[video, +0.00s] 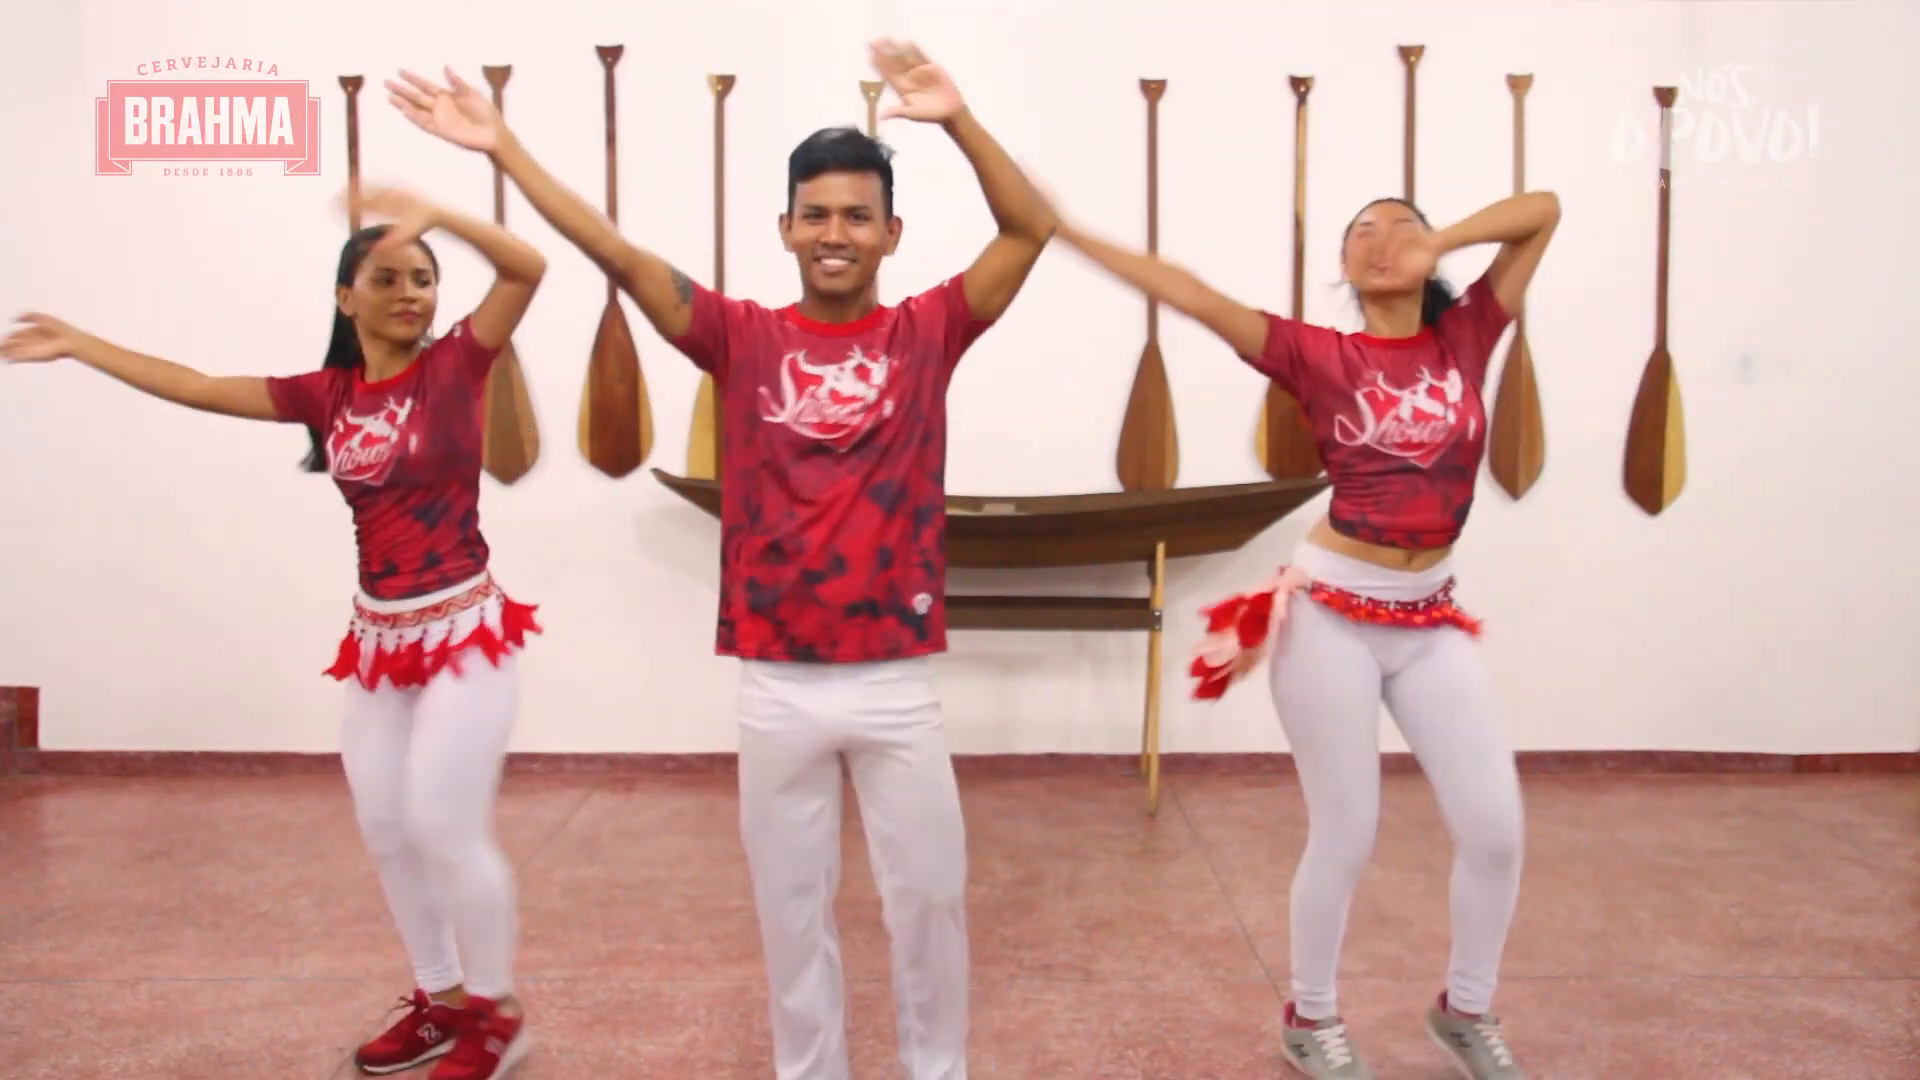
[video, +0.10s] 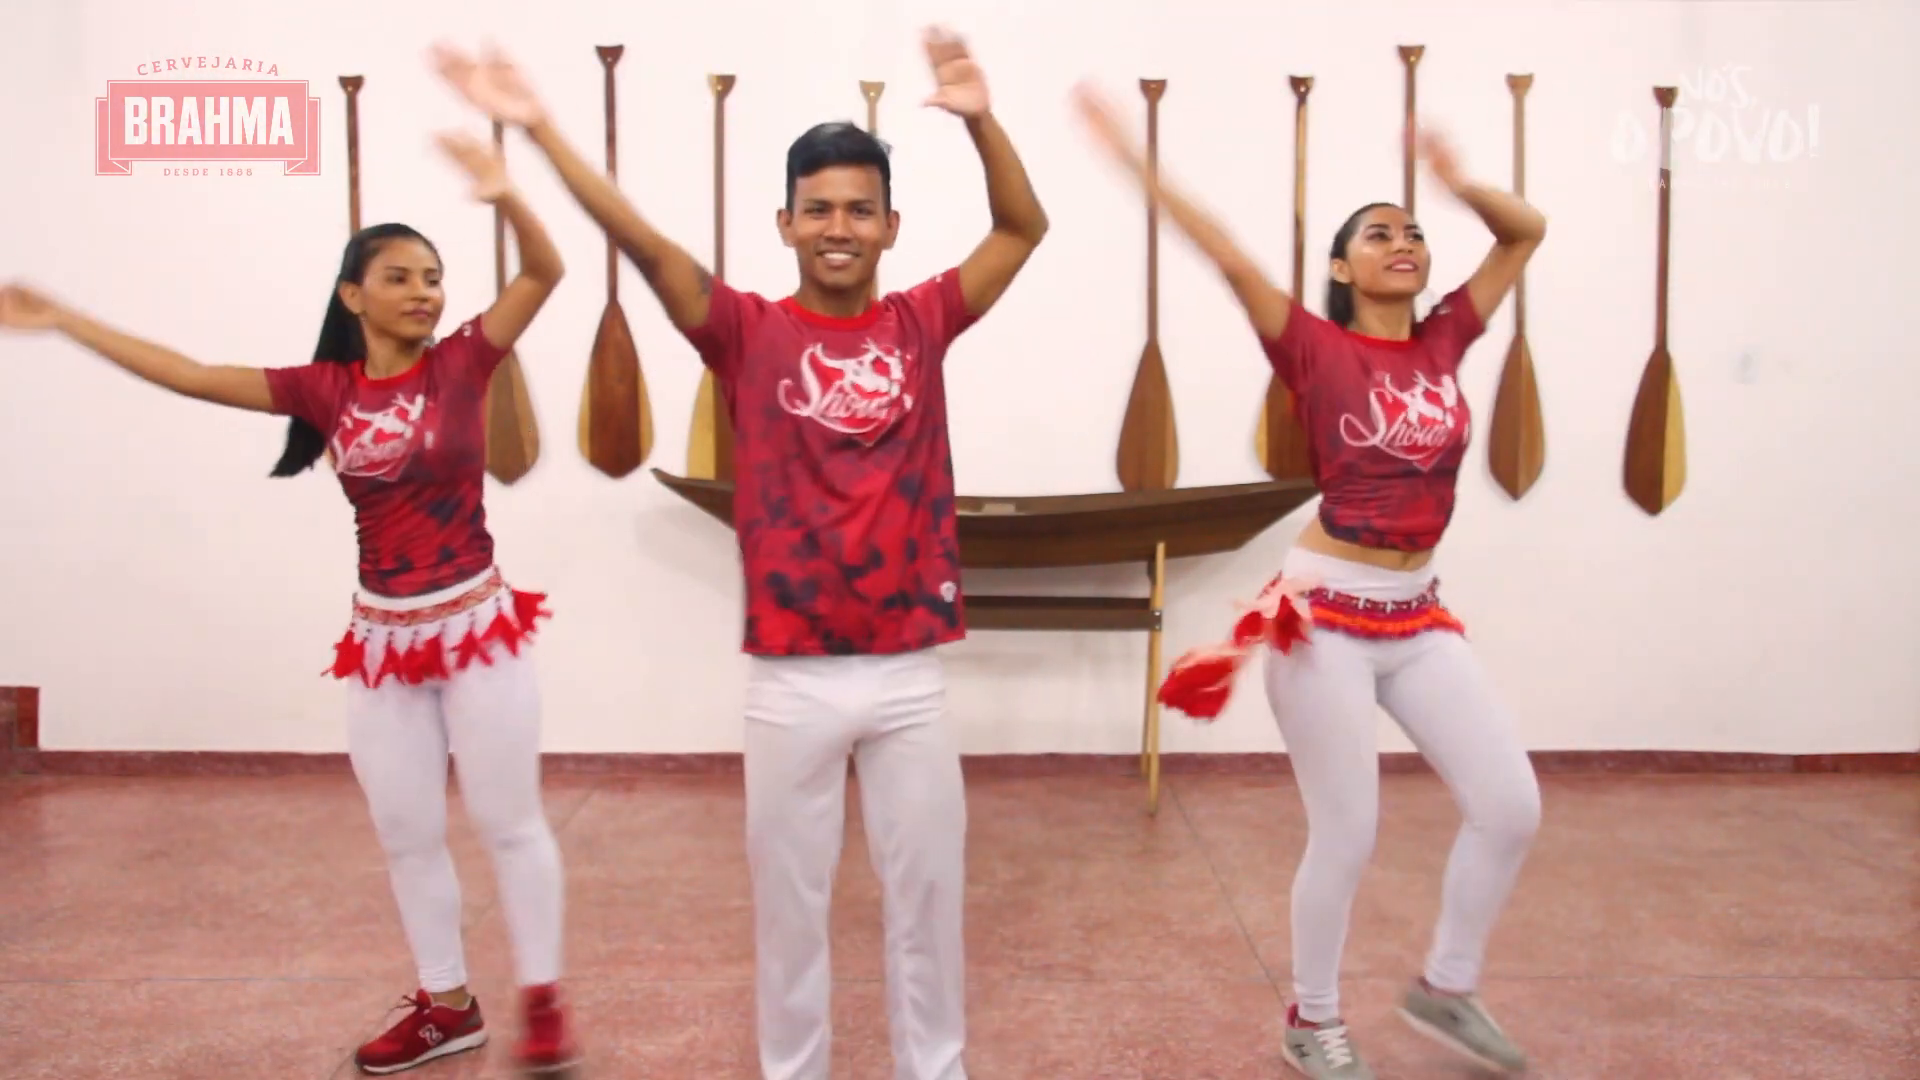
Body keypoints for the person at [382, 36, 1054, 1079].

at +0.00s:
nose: (834, 233)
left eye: (856, 215)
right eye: (815, 214)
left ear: (890, 230)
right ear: (786, 227)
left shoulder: (924, 333)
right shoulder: (742, 335)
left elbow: (1027, 232)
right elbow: (616, 251)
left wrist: (960, 116)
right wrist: (503, 145)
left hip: (899, 682)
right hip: (779, 685)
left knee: (931, 902)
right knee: (793, 920)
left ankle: (939, 1073)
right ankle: (811, 1075)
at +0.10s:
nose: (840, 228)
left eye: (860, 210)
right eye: (819, 209)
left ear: (889, 225)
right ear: (787, 224)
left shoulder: (920, 320)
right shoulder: (747, 328)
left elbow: (1021, 229)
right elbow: (642, 240)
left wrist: (983, 121)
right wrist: (541, 128)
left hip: (909, 674)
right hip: (792, 680)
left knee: (930, 907)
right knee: (792, 911)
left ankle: (937, 1073)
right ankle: (794, 1073)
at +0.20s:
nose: (841, 226)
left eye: (861, 209)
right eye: (820, 209)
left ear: (888, 227)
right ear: (784, 223)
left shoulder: (910, 321)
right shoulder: (752, 332)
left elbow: (1006, 235)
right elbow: (682, 238)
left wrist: (1007, 126)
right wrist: (607, 108)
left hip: (911, 671)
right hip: (800, 677)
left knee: (949, 880)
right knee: (787, 896)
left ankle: (933, 1068)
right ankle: (778, 1067)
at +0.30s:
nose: (850, 232)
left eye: (869, 216)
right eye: (827, 214)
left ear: (887, 232)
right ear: (786, 231)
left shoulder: (900, 323)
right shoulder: (760, 337)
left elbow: (992, 248)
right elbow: (715, 239)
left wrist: (1032, 135)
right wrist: (681, 87)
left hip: (908, 670)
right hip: (806, 679)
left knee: (974, 857)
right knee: (799, 894)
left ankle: (946, 1070)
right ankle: (774, 1072)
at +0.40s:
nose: (856, 234)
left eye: (873, 217)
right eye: (834, 216)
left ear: (894, 234)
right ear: (786, 234)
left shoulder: (900, 324)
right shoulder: (770, 341)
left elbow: (988, 253)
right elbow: (750, 234)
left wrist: (1063, 144)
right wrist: (744, 82)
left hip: (909, 664)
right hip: (810, 678)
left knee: (994, 829)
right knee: (803, 888)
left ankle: (968, 1044)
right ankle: (782, 1069)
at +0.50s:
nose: (865, 235)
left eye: (882, 219)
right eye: (844, 218)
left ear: (900, 235)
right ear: (802, 235)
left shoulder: (910, 329)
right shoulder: (781, 343)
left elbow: (1005, 258)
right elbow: (777, 223)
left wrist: (1099, 151)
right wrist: (806, 70)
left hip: (919, 663)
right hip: (822, 676)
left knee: (998, 824)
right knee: (807, 876)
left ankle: (1001, 1020)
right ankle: (786, 1066)